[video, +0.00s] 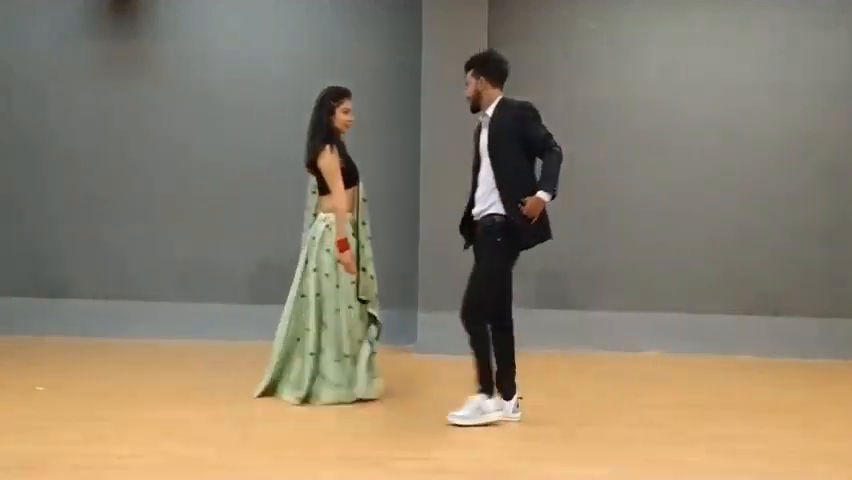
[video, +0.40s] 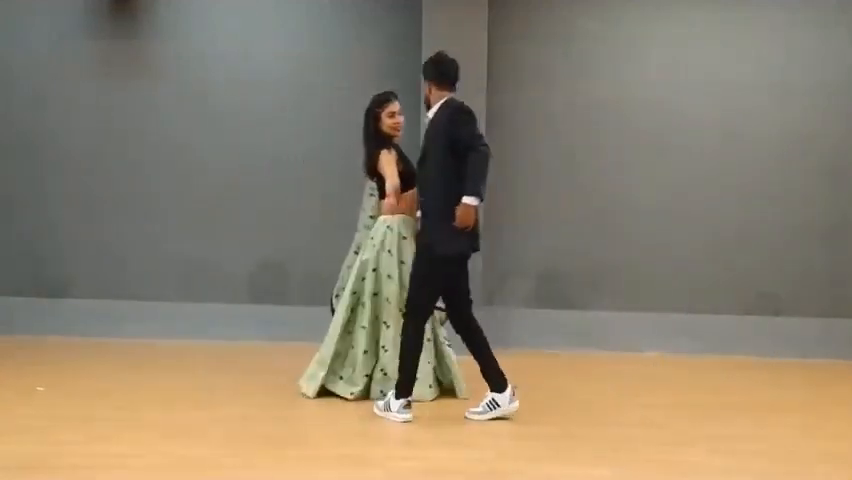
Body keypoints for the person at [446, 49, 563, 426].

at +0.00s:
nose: (465, 90)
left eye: (468, 82)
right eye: (466, 83)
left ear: (483, 82)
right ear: (485, 82)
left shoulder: (519, 112)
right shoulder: (483, 124)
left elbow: (552, 152)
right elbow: (485, 175)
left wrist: (544, 194)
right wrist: (473, 214)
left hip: (504, 225)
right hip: (487, 225)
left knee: (473, 312)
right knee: (499, 317)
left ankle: (486, 396)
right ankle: (508, 399)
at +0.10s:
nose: (454, 90)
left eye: (457, 82)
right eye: (455, 82)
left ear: (470, 83)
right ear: (475, 84)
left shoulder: (504, 113)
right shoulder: (472, 124)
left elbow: (538, 152)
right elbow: (471, 177)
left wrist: (531, 197)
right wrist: (458, 218)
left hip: (490, 227)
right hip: (475, 228)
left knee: (458, 308)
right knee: (493, 315)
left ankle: (440, 398)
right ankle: (507, 397)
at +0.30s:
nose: (433, 92)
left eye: (434, 86)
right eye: (435, 86)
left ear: (441, 86)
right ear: (459, 84)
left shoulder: (473, 115)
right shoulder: (453, 120)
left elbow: (502, 154)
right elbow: (458, 175)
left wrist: (493, 199)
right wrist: (436, 206)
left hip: (460, 235)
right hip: (457, 234)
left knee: (426, 315)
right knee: (479, 319)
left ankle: (402, 398)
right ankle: (506, 398)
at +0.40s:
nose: (422, 89)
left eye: (423, 83)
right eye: (426, 83)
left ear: (427, 85)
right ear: (452, 84)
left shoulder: (456, 113)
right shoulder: (440, 118)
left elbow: (479, 151)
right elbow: (436, 175)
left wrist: (470, 198)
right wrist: (409, 199)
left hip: (442, 234)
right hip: (446, 234)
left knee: (415, 312)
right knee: (460, 316)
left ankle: (401, 398)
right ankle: (501, 391)